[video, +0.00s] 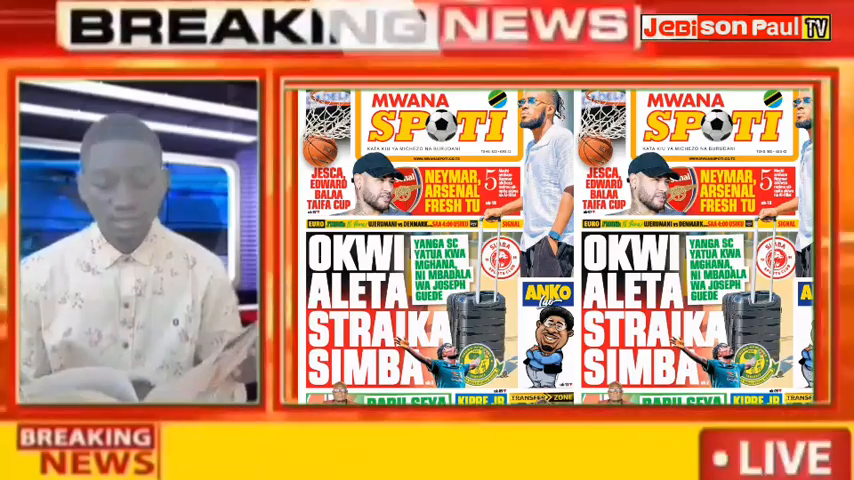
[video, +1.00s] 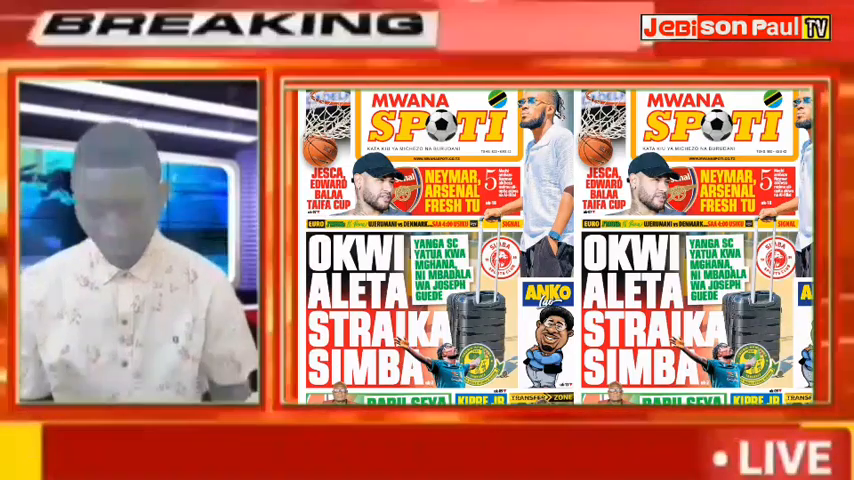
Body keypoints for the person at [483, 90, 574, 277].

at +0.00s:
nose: (523, 107)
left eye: (531, 101)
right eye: (522, 103)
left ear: (549, 110)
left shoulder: (563, 139)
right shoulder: (531, 147)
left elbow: (571, 192)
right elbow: (532, 196)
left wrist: (554, 238)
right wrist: (502, 211)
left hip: (551, 241)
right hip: (530, 242)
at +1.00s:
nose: (523, 107)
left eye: (531, 101)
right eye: (522, 103)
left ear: (549, 110)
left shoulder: (563, 139)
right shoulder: (531, 147)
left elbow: (571, 192)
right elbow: (532, 196)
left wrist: (554, 238)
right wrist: (502, 211)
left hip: (551, 241)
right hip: (530, 242)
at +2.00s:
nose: (523, 107)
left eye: (531, 101)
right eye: (522, 103)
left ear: (550, 110)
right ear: (519, 108)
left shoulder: (563, 139)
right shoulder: (531, 147)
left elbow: (571, 192)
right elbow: (532, 195)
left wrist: (554, 238)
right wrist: (502, 211)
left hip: (551, 241)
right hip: (530, 242)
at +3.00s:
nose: (523, 107)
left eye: (531, 101)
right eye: (522, 103)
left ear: (550, 110)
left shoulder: (563, 139)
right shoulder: (531, 146)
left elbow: (571, 192)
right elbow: (532, 196)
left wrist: (554, 238)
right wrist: (502, 211)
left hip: (551, 241)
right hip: (530, 242)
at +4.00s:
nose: (523, 107)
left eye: (531, 102)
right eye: (522, 103)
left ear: (549, 110)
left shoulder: (563, 139)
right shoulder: (531, 147)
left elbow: (571, 192)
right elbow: (532, 196)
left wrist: (554, 238)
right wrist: (502, 211)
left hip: (551, 241)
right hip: (529, 242)